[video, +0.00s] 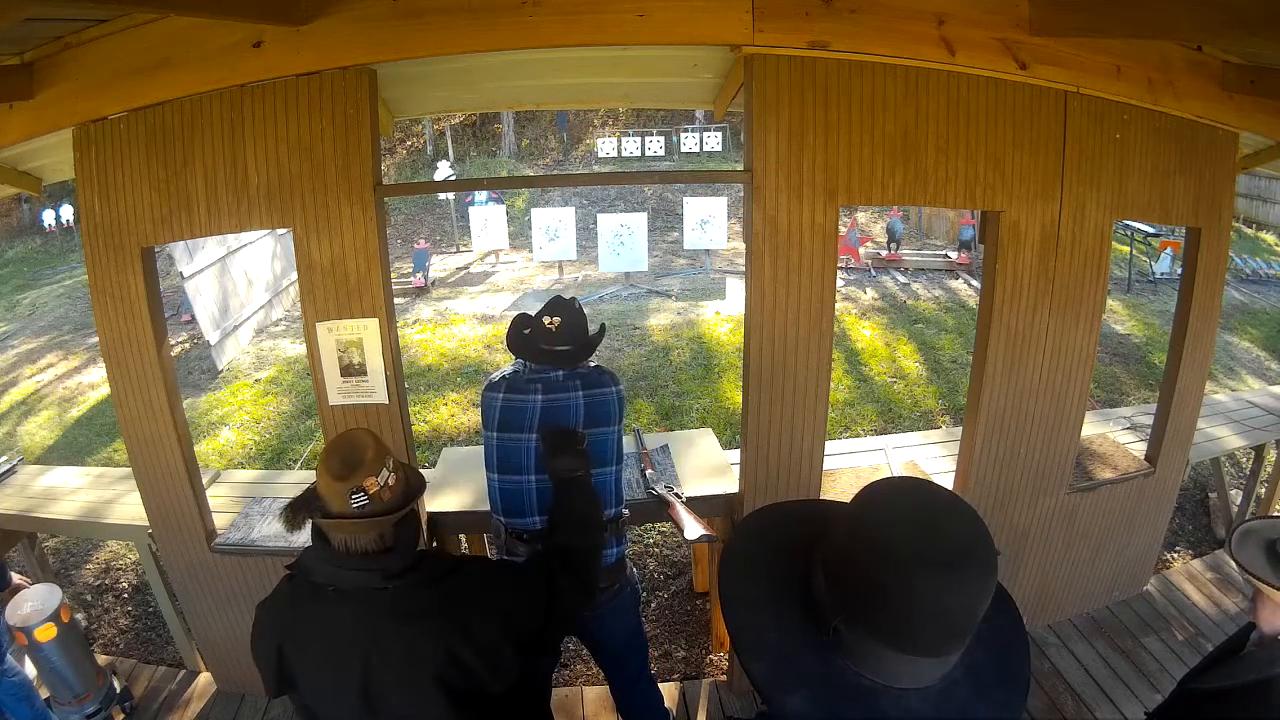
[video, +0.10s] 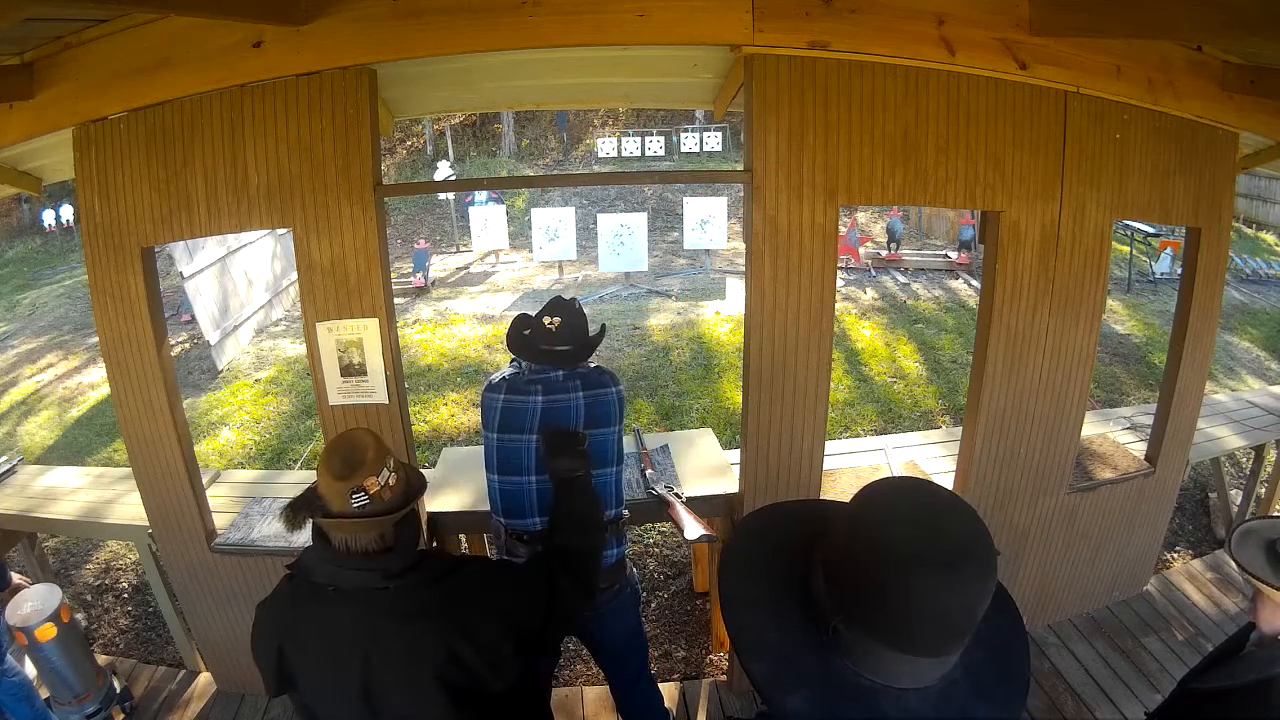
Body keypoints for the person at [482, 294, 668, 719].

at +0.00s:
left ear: (526, 339)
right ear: (582, 341)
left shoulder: (494, 392)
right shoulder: (606, 386)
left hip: (523, 581)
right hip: (601, 573)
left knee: (529, 693)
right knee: (636, 688)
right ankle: (651, 715)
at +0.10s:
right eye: (586, 336)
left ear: (526, 341)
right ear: (582, 343)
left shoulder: (494, 393)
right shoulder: (606, 388)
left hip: (523, 581)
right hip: (601, 573)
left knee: (529, 694)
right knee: (636, 688)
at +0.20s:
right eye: (586, 336)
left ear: (527, 341)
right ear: (582, 344)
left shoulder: (494, 393)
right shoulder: (606, 388)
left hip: (523, 581)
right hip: (601, 574)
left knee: (529, 693)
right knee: (636, 687)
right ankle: (652, 716)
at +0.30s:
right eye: (584, 336)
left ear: (528, 339)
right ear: (583, 343)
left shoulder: (495, 391)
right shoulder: (607, 387)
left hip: (523, 577)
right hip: (601, 570)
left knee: (529, 692)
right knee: (636, 688)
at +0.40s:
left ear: (532, 340)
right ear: (585, 346)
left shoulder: (497, 391)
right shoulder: (608, 388)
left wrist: (537, 351)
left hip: (523, 575)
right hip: (601, 569)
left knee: (529, 691)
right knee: (635, 687)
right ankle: (651, 714)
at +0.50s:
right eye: (592, 341)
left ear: (533, 343)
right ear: (587, 348)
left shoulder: (499, 390)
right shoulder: (609, 389)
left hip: (523, 578)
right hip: (601, 573)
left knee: (530, 691)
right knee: (635, 687)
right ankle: (652, 714)